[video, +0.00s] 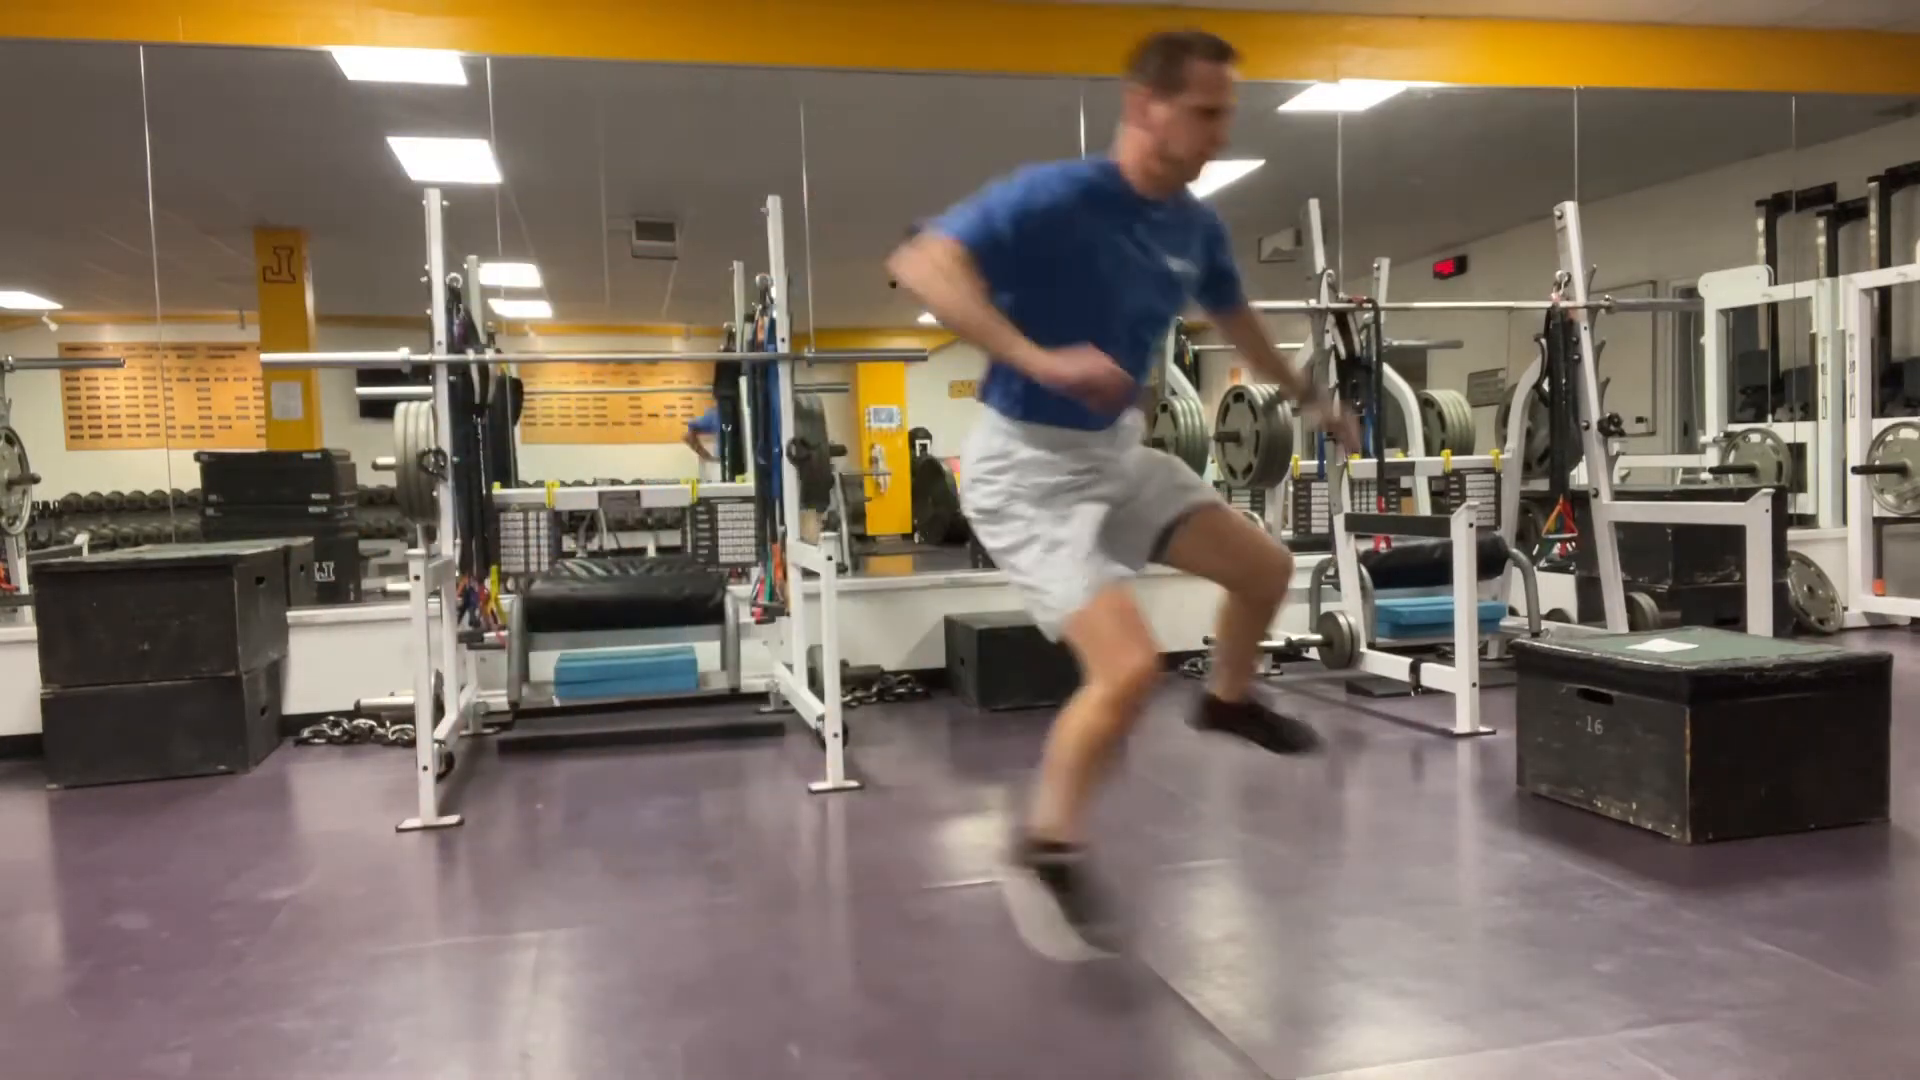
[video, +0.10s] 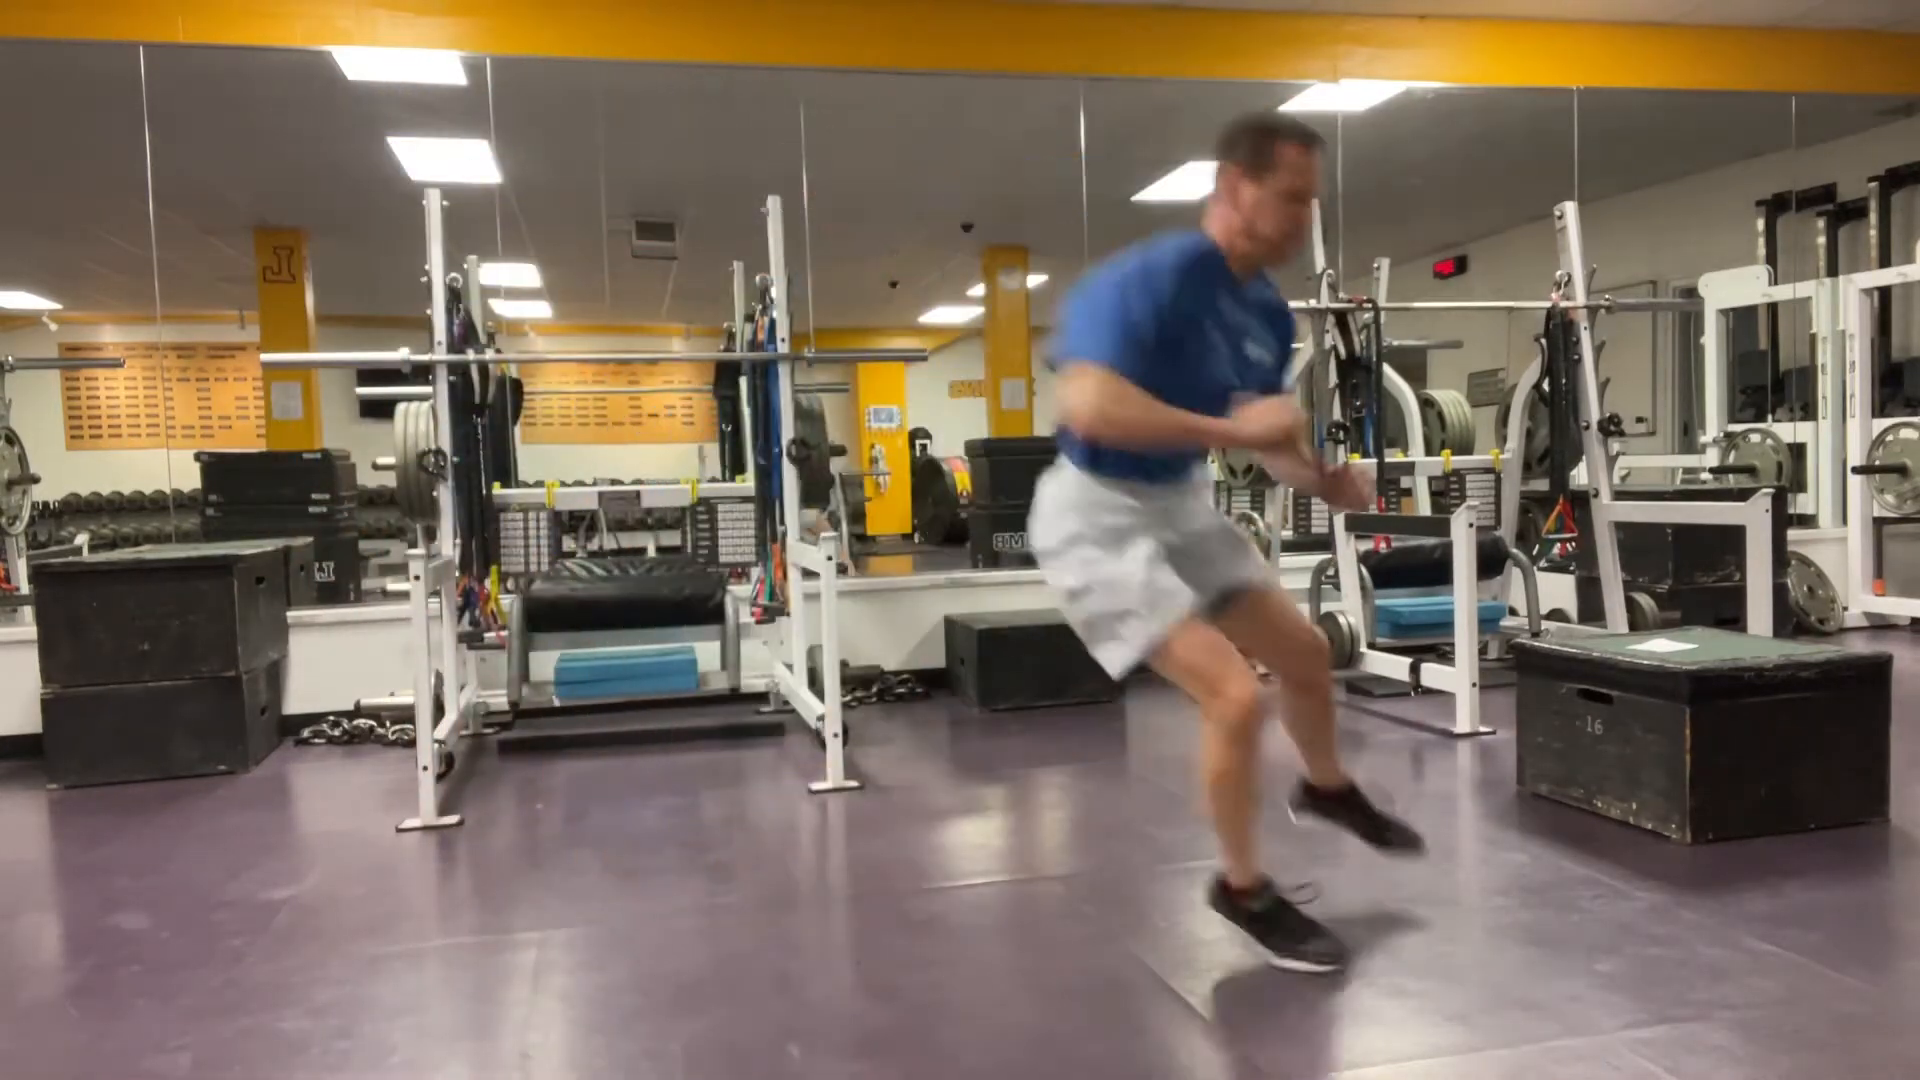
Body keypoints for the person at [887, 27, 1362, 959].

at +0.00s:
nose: (1217, 134)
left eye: (1224, 117)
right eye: (1202, 113)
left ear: (1218, 122)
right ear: (1142, 106)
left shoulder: (1196, 229)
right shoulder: (1055, 196)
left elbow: (1242, 330)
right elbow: (922, 263)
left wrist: (1306, 395)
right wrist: (1033, 355)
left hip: (1117, 459)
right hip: (1023, 466)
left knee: (1263, 569)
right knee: (1127, 667)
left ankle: (1229, 702)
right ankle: (1045, 846)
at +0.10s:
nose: (1306, 217)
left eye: (1311, 200)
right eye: (1292, 197)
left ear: (1299, 204)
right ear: (1232, 189)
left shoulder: (1266, 313)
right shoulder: (1148, 278)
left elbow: (1257, 429)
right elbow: (1088, 407)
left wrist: (1320, 477)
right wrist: (1233, 429)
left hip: (1180, 506)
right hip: (1090, 513)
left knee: (1305, 656)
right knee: (1234, 693)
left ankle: (1328, 786)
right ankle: (1243, 889)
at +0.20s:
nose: (1364, 332)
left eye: (1368, 314)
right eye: (1351, 313)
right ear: (1294, 305)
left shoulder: (1327, 400)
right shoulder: (1231, 390)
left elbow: (1379, 531)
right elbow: (1278, 526)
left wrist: (1414, 464)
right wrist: (1383, 443)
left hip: (1231, 583)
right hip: (1156, 595)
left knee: (1370, 697)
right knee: (1326, 713)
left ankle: (1338, 841)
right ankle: (1260, 898)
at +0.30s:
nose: (1419, 402)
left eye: (1424, 385)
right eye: (1408, 383)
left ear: (1361, 379)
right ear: (1352, 375)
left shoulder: (1375, 448)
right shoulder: (1282, 454)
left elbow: (1464, 549)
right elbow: (1388, 588)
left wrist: (1483, 464)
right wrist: (1457, 470)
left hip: (1271, 615)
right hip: (1181, 622)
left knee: (1403, 693)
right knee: (1342, 714)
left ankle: (1341, 839)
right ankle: (1260, 897)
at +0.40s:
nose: (1451, 424)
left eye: (1455, 407)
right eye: (1438, 405)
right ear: (1381, 392)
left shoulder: (1398, 466)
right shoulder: (1317, 465)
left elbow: (1485, 563)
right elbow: (1408, 607)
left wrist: (1511, 485)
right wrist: (1490, 493)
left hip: (1275, 619)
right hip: (1194, 621)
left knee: (1415, 693)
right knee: (1348, 713)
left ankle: (1340, 839)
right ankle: (1259, 897)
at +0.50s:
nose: (1466, 419)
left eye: (1472, 403)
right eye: (1454, 400)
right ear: (1396, 387)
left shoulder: (1412, 466)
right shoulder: (1328, 457)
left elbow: (1488, 567)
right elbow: (1413, 599)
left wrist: (1527, 487)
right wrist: (1498, 490)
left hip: (1289, 617)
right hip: (1207, 615)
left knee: (1425, 692)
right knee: (1351, 713)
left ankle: (1342, 839)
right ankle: (1259, 896)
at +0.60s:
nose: (1471, 408)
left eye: (1476, 392)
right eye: (1460, 389)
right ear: (1403, 375)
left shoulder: (1421, 459)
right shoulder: (1333, 445)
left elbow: (1496, 561)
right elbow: (1419, 580)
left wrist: (1537, 479)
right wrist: (1504, 477)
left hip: (1297, 613)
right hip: (1214, 609)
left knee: (1431, 693)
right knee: (1352, 712)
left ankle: (1343, 839)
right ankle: (1259, 895)